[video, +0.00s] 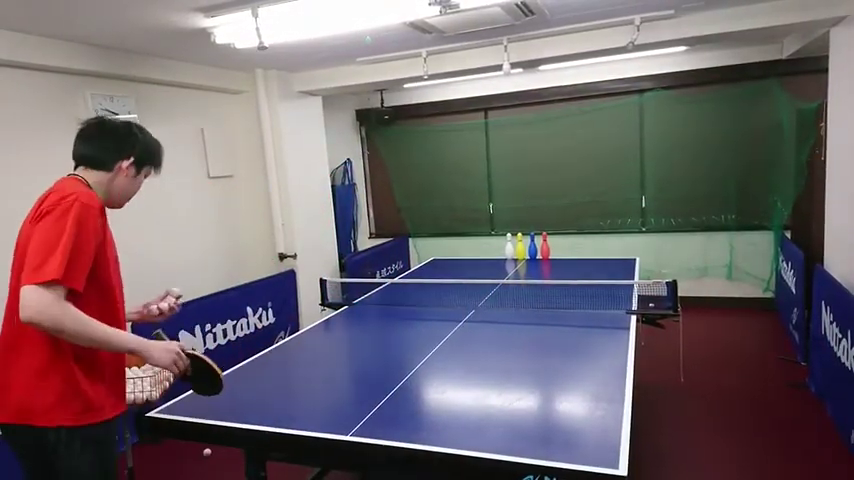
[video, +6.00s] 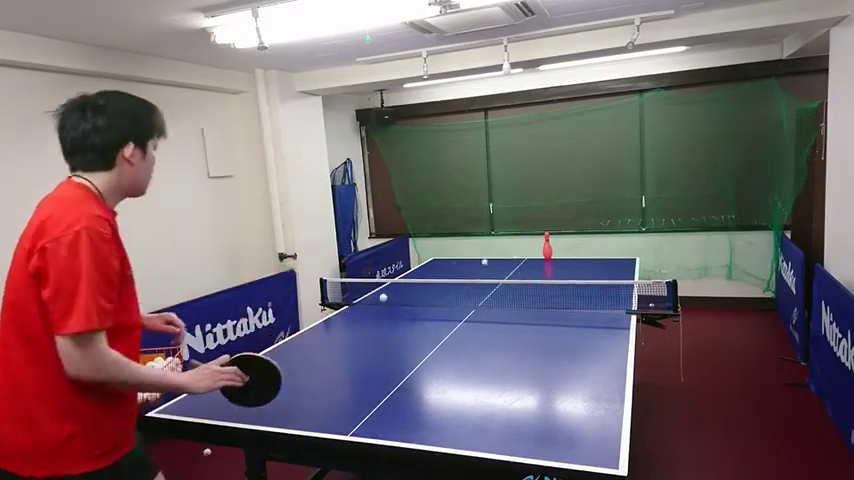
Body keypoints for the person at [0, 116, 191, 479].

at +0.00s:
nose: (137, 191)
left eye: (144, 181)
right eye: (142, 179)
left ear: (87, 157)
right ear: (125, 167)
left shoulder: (65, 197)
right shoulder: (76, 203)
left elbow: (68, 310)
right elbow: (38, 306)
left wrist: (137, 314)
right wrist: (145, 348)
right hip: (62, 418)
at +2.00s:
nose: (252, 214)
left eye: (257, 204)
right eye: (250, 200)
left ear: (212, 182)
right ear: (213, 181)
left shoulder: (215, 225)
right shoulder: (119, 232)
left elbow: (229, 311)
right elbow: (131, 354)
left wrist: (294, 344)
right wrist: (242, 371)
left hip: (175, 423)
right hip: (104, 445)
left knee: (201, 473)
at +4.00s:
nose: (242, 217)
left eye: (247, 206)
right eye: (239, 204)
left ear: (200, 191)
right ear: (198, 188)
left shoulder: (212, 230)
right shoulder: (96, 239)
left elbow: (234, 312)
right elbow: (77, 364)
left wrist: (306, 350)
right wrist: (187, 409)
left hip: (169, 436)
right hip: (94, 455)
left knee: (199, 470)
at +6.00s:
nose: (154, 162)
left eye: (155, 151)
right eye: (152, 150)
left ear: (83, 149)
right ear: (128, 153)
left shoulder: (71, 206)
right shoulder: (79, 223)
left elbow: (70, 305)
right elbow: (84, 359)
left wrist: (141, 320)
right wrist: (185, 380)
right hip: (74, 453)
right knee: (151, 472)